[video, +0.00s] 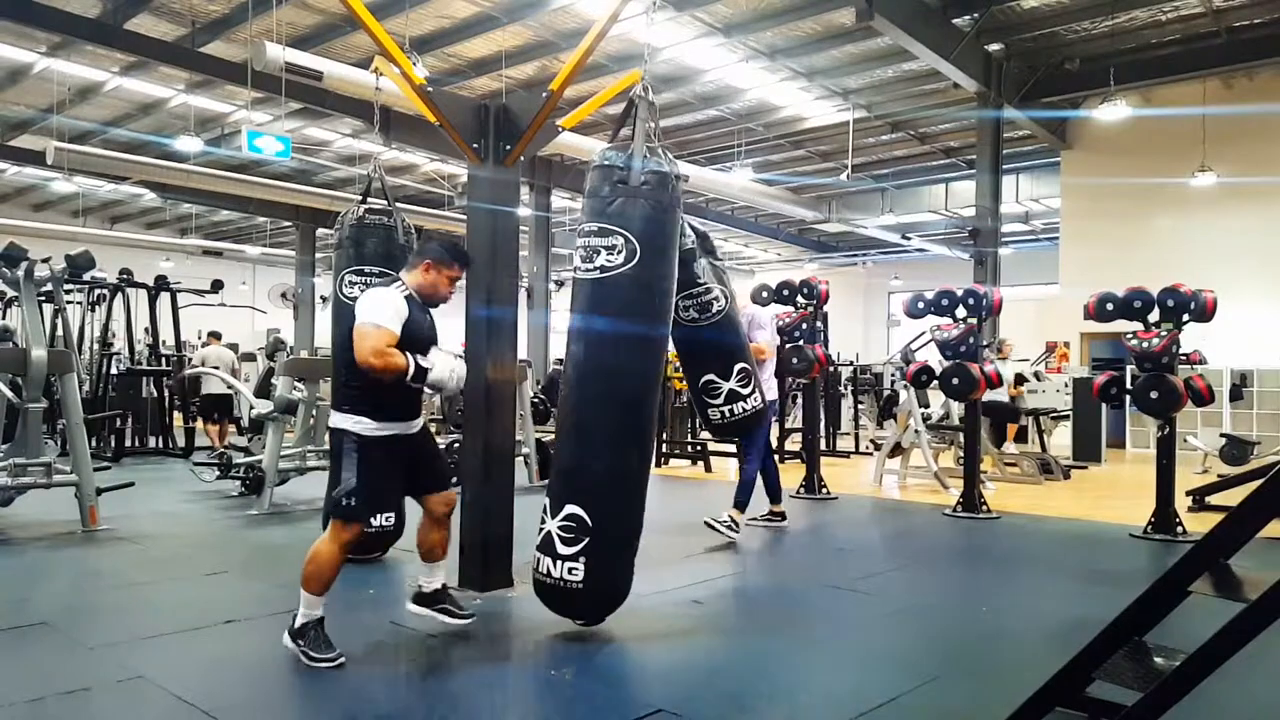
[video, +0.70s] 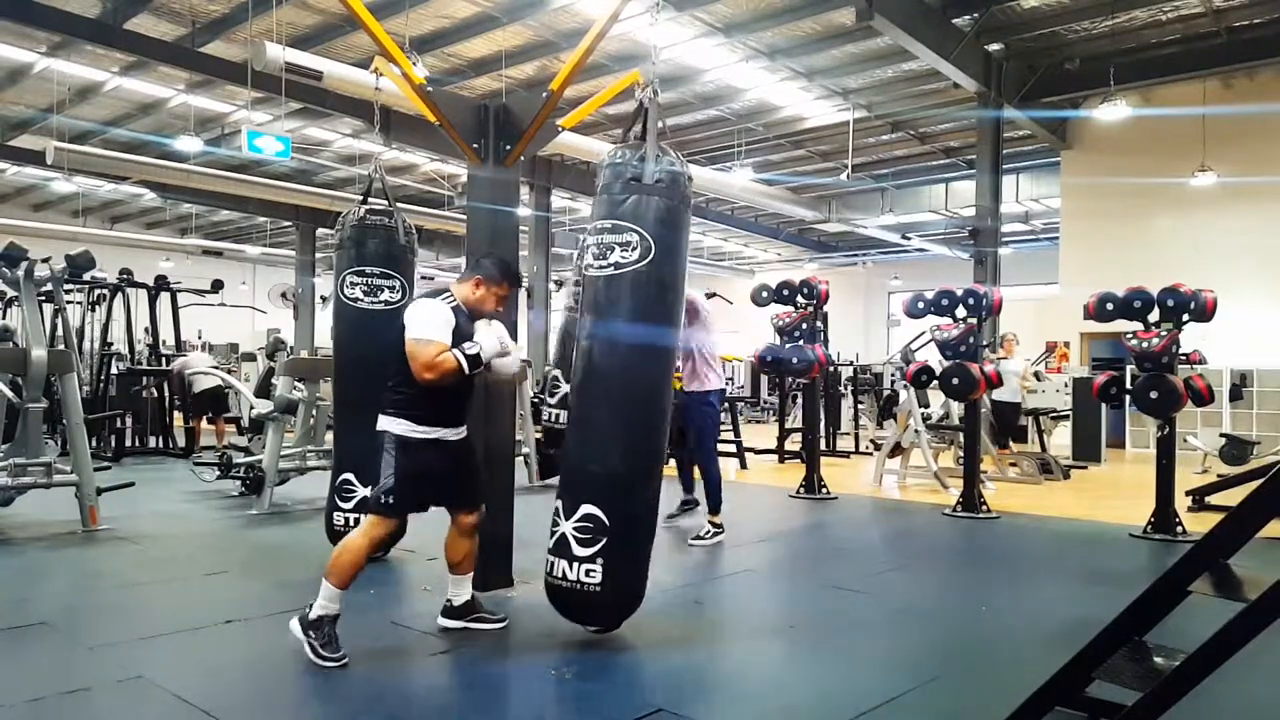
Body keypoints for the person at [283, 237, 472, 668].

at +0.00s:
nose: (452, 292)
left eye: (456, 284)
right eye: (451, 282)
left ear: (429, 273)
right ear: (427, 270)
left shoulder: (418, 310)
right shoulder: (383, 300)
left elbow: (411, 360)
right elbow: (370, 356)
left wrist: (444, 367)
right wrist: (429, 370)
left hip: (409, 431)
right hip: (362, 433)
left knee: (442, 501)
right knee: (344, 530)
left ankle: (430, 591)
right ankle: (305, 624)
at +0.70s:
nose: (500, 311)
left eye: (505, 303)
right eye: (500, 301)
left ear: (482, 289)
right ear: (478, 285)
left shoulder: (470, 321)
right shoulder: (428, 309)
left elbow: (471, 369)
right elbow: (427, 370)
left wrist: (502, 367)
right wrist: (477, 350)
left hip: (452, 437)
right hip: (406, 436)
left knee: (468, 517)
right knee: (382, 527)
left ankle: (459, 604)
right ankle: (318, 617)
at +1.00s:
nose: (507, 316)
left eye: (511, 309)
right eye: (506, 307)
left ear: (488, 296)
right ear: (482, 291)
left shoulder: (480, 329)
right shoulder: (433, 321)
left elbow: (483, 379)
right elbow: (441, 381)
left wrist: (518, 370)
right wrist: (499, 352)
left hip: (468, 446)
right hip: (425, 447)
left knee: (512, 506)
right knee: (407, 536)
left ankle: (495, 587)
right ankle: (367, 625)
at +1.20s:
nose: (535, 316)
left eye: (538, 309)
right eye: (533, 307)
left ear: (512, 299)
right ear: (508, 296)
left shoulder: (507, 332)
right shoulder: (465, 331)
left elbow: (518, 371)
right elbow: (461, 392)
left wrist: (546, 342)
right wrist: (514, 387)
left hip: (497, 449)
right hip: (456, 449)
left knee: (527, 521)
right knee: (439, 537)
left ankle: (544, 598)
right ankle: (375, 617)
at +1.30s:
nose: (556, 315)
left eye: (557, 308)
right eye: (554, 307)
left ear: (531, 300)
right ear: (536, 301)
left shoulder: (516, 326)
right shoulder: (506, 326)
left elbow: (515, 366)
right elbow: (486, 369)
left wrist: (546, 349)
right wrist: (533, 379)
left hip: (510, 448)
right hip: (478, 448)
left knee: (541, 514)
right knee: (467, 535)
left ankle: (547, 597)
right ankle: (383, 611)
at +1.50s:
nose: (583, 323)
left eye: (586, 316)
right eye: (583, 314)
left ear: (554, 302)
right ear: (567, 304)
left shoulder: (524, 325)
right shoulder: (552, 326)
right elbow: (585, 377)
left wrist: (608, 370)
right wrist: (619, 369)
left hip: (531, 447)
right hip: (500, 444)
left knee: (564, 511)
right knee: (478, 528)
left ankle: (547, 597)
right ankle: (399, 607)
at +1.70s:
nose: (589, 325)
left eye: (592, 318)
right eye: (589, 316)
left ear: (571, 305)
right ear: (569, 303)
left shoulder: (560, 337)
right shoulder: (527, 332)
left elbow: (570, 378)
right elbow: (540, 391)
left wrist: (614, 369)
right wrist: (577, 363)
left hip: (548, 447)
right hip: (508, 448)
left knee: (583, 507)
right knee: (492, 531)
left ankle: (557, 586)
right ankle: (439, 612)